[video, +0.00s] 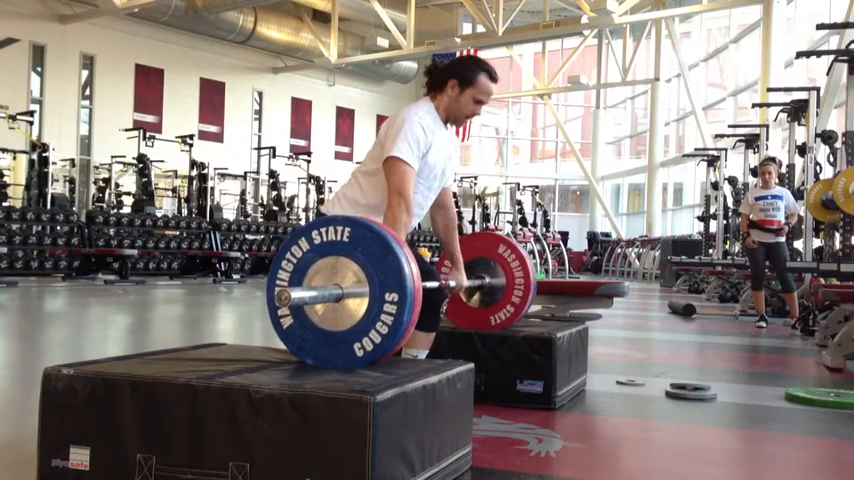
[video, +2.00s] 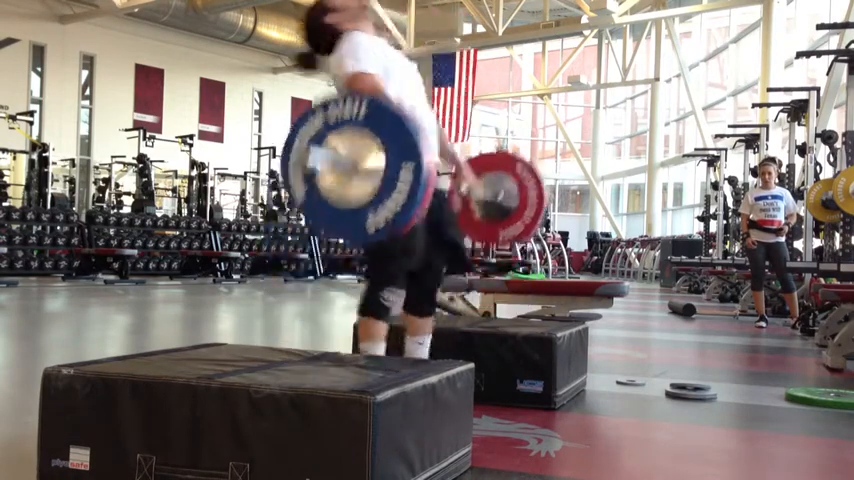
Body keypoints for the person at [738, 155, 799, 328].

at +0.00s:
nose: (766, 176)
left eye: (769, 173)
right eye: (763, 173)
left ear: (776, 174)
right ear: (759, 175)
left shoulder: (784, 193)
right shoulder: (751, 194)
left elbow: (794, 213)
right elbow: (744, 216)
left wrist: (788, 224)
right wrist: (746, 234)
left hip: (777, 240)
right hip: (757, 239)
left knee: (785, 276)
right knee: (757, 276)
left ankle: (795, 317)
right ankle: (761, 316)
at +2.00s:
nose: (766, 176)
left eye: (769, 173)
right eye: (763, 173)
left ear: (776, 174)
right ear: (759, 175)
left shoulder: (784, 194)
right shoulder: (751, 195)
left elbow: (793, 214)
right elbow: (744, 217)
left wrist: (787, 224)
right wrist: (746, 235)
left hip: (777, 240)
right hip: (756, 239)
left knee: (785, 276)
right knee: (757, 277)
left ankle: (795, 318)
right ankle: (761, 316)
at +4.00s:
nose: (766, 173)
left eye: (769, 170)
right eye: (763, 170)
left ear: (775, 173)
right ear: (759, 173)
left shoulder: (784, 193)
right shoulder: (751, 193)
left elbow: (792, 214)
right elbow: (744, 216)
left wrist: (788, 224)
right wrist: (746, 236)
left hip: (777, 239)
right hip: (757, 239)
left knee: (784, 275)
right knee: (757, 277)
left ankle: (795, 317)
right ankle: (761, 315)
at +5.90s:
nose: (783, 176)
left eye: (787, 173)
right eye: (780, 172)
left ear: (791, 174)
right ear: (773, 173)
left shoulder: (796, 193)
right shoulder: (764, 192)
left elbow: (801, 216)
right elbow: (755, 218)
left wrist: (800, 224)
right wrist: (769, 229)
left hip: (790, 240)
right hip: (769, 240)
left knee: (796, 275)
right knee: (766, 274)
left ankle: (794, 317)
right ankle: (762, 315)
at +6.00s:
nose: (788, 175)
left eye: (791, 172)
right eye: (784, 172)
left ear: (794, 173)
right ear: (777, 172)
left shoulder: (801, 193)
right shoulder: (768, 192)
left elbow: (806, 215)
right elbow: (761, 216)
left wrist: (805, 225)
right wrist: (776, 228)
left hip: (796, 240)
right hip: (774, 240)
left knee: (797, 277)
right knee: (768, 276)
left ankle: (793, 318)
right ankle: (762, 315)